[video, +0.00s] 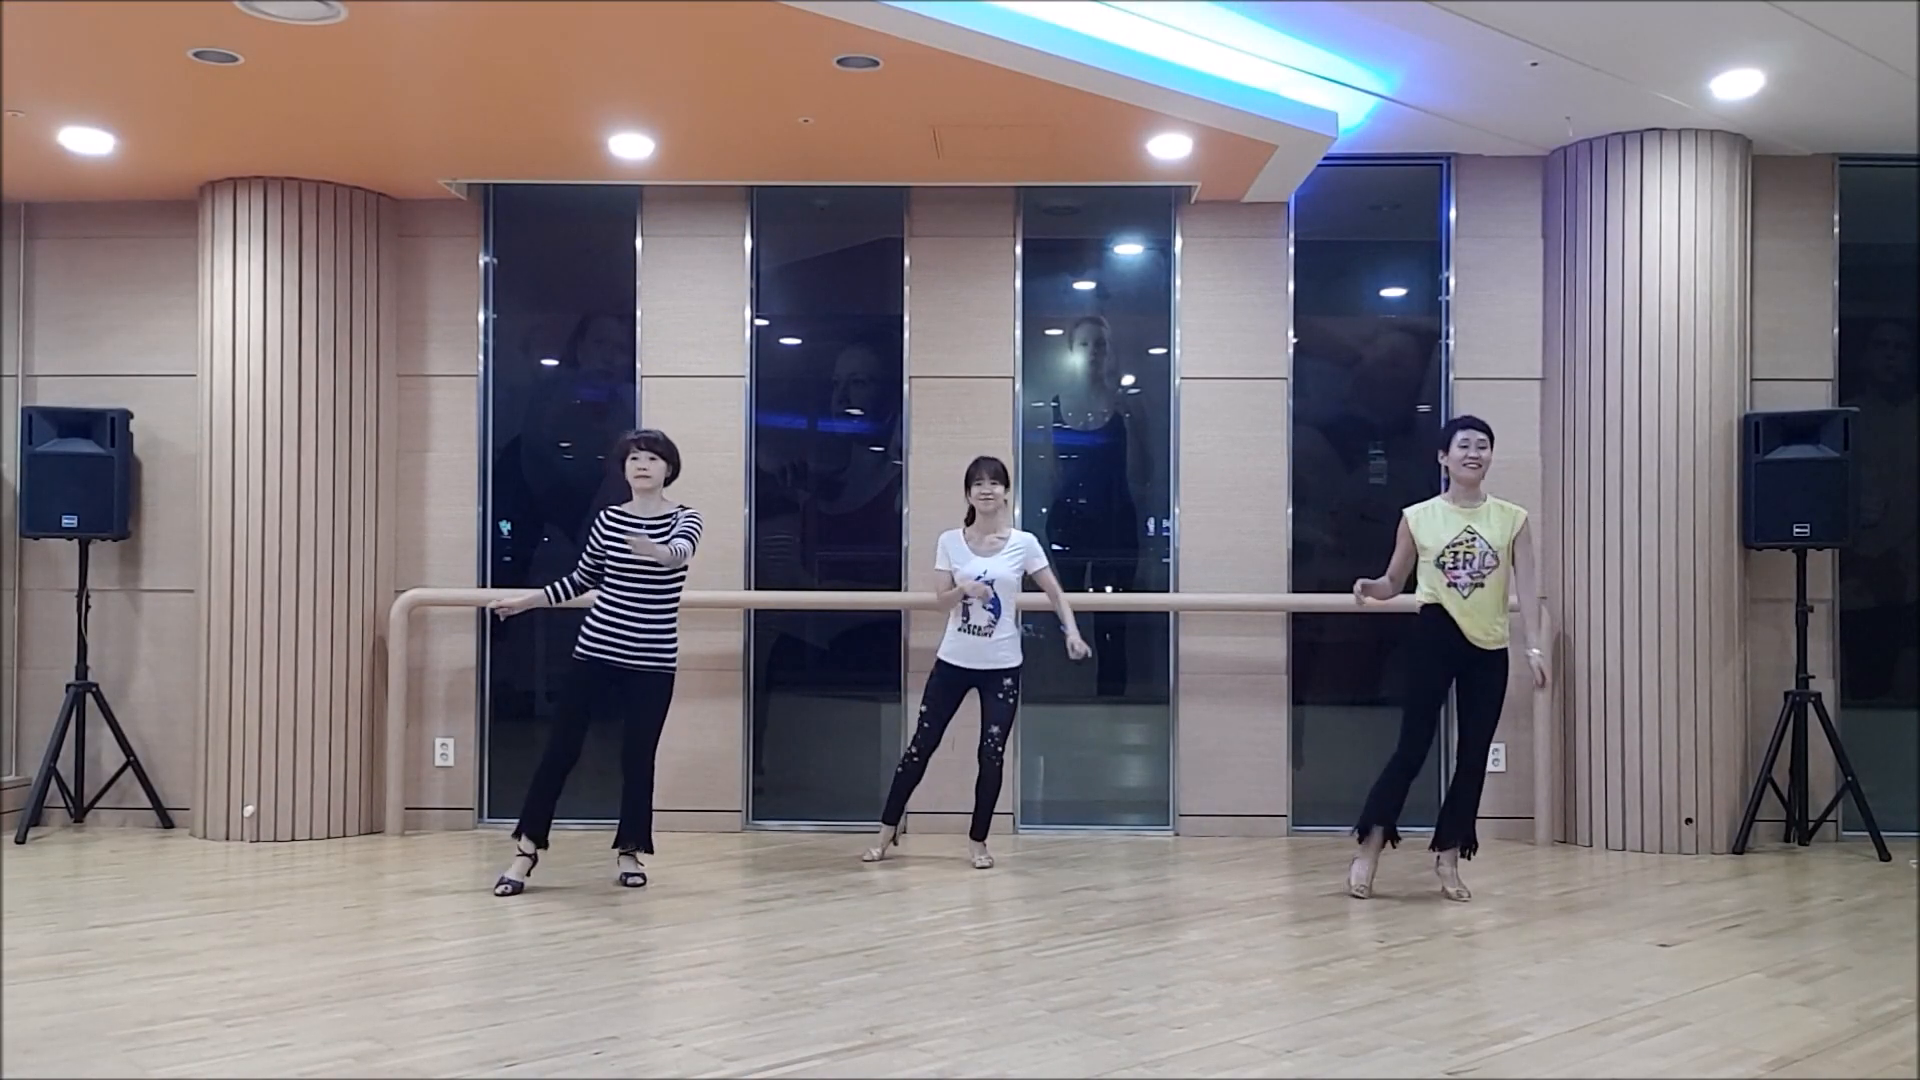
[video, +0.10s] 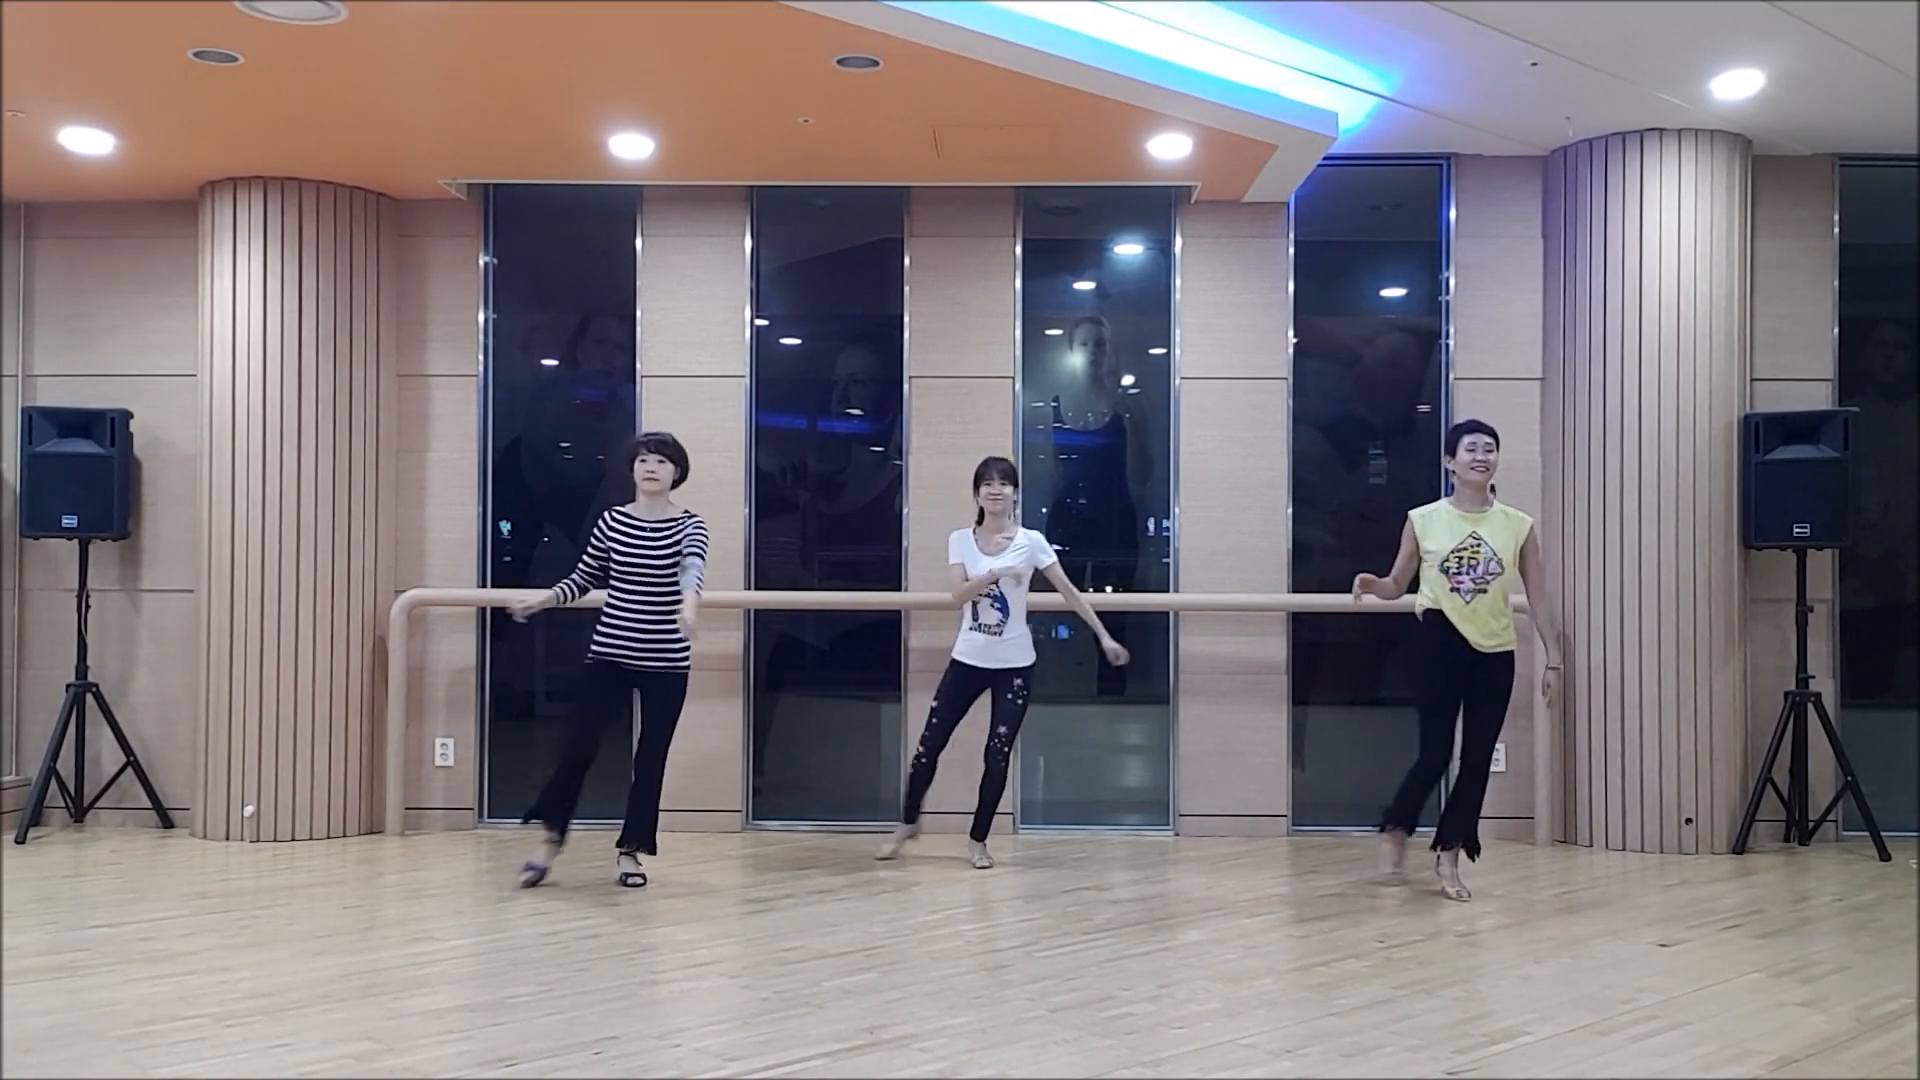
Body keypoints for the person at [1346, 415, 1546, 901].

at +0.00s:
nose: (1474, 454)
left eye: (1482, 447)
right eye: (1465, 447)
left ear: (1492, 459)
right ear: (1444, 457)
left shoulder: (1511, 519)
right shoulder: (1419, 517)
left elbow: (1526, 590)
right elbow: (1392, 584)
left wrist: (1534, 647)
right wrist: (1373, 588)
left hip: (1489, 644)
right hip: (1435, 638)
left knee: (1474, 756)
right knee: (1414, 746)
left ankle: (1448, 852)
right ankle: (1370, 845)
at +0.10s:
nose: (1481, 456)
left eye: (1488, 450)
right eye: (1471, 450)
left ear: (1498, 462)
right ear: (1450, 461)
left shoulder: (1518, 525)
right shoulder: (1423, 519)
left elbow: (1537, 598)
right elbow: (1394, 588)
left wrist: (1556, 657)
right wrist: (1372, 584)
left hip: (1494, 648)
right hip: (1439, 642)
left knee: (1477, 759)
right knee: (1437, 753)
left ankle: (1449, 853)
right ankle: (1396, 830)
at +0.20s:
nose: (1489, 455)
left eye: (1495, 449)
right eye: (1479, 448)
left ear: (1504, 461)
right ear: (1458, 460)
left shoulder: (1524, 524)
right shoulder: (1431, 517)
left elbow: (1539, 592)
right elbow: (1403, 580)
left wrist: (1561, 652)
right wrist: (1389, 588)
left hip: (1500, 645)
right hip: (1446, 639)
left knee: (1481, 750)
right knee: (1457, 745)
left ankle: (1450, 848)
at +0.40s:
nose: (1501, 459)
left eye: (1508, 453)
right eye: (1490, 453)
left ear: (1517, 464)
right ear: (1470, 465)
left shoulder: (1535, 525)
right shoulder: (1445, 525)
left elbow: (1541, 586)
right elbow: (1427, 594)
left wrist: (1568, 627)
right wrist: (1457, 603)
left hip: (1517, 649)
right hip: (1462, 648)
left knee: (1506, 749)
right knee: (1475, 748)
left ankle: (1514, 850)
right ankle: (1489, 846)